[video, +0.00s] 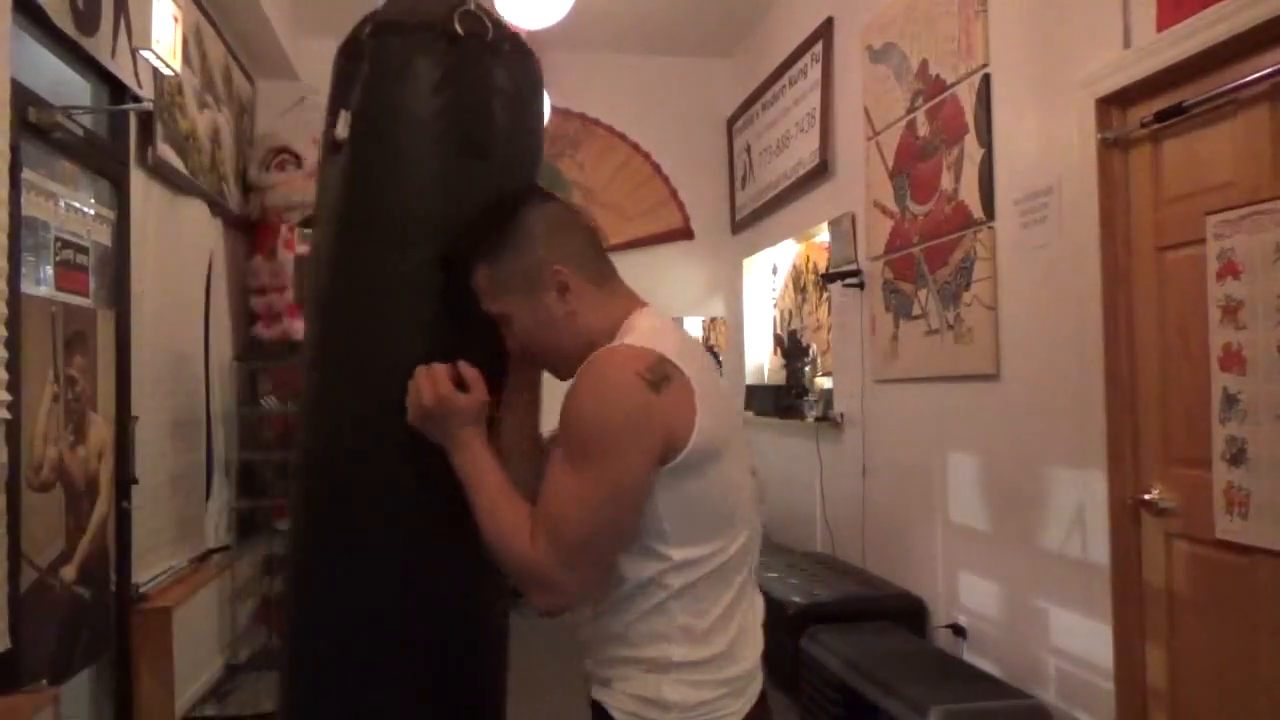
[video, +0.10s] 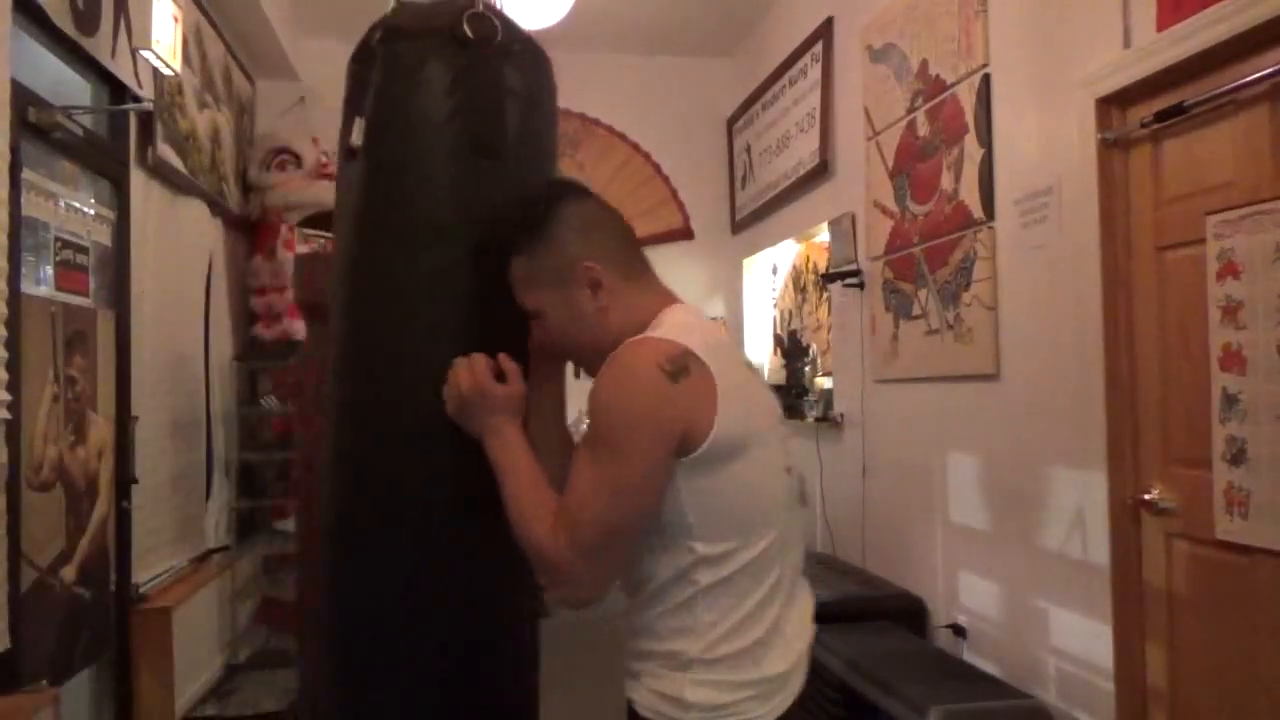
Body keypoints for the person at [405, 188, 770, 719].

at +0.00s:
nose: (511, 347)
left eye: (506, 321)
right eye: (498, 326)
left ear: (561, 289)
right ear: (565, 288)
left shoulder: (621, 377)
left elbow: (553, 581)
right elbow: (529, 501)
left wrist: (461, 440)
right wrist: (522, 364)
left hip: (662, 704)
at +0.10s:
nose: (539, 339)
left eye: (539, 315)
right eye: (532, 318)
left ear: (593, 286)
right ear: (596, 282)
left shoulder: (647, 371)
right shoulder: (697, 339)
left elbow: (574, 573)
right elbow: (570, 512)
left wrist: (496, 431)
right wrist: (547, 362)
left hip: (700, 699)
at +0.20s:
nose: (604, 347)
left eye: (600, 321)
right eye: (591, 326)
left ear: (652, 289)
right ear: (654, 289)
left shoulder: (718, 373)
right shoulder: (742, 359)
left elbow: (633, 570)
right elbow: (597, 487)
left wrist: (536, 444)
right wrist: (570, 360)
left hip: (742, 704)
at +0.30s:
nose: (649, 350)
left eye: (650, 329)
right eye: (641, 333)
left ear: (708, 302)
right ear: (710, 301)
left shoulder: (783, 399)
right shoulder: (768, 388)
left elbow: (709, 587)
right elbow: (643, 502)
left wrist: (589, 474)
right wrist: (632, 380)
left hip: (787, 705)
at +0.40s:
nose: (686, 349)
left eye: (687, 331)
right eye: (680, 334)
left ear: (744, 304)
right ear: (745, 304)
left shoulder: (813, 387)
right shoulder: (794, 379)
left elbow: (770, 573)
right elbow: (714, 522)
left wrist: (636, 504)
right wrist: (694, 397)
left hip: (819, 698)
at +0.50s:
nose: (714, 336)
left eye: (711, 317)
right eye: (706, 321)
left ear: (762, 290)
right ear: (766, 290)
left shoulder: (806, 349)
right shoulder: (853, 343)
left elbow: (778, 534)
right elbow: (750, 504)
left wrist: (639, 475)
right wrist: (733, 389)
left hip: (836, 686)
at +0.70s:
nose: (741, 333)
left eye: (739, 313)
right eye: (733, 318)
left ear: (788, 289)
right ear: (794, 286)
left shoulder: (828, 350)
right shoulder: (888, 343)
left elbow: (795, 534)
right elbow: (777, 504)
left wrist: (661, 450)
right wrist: (760, 390)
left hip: (872, 694)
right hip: (939, 684)